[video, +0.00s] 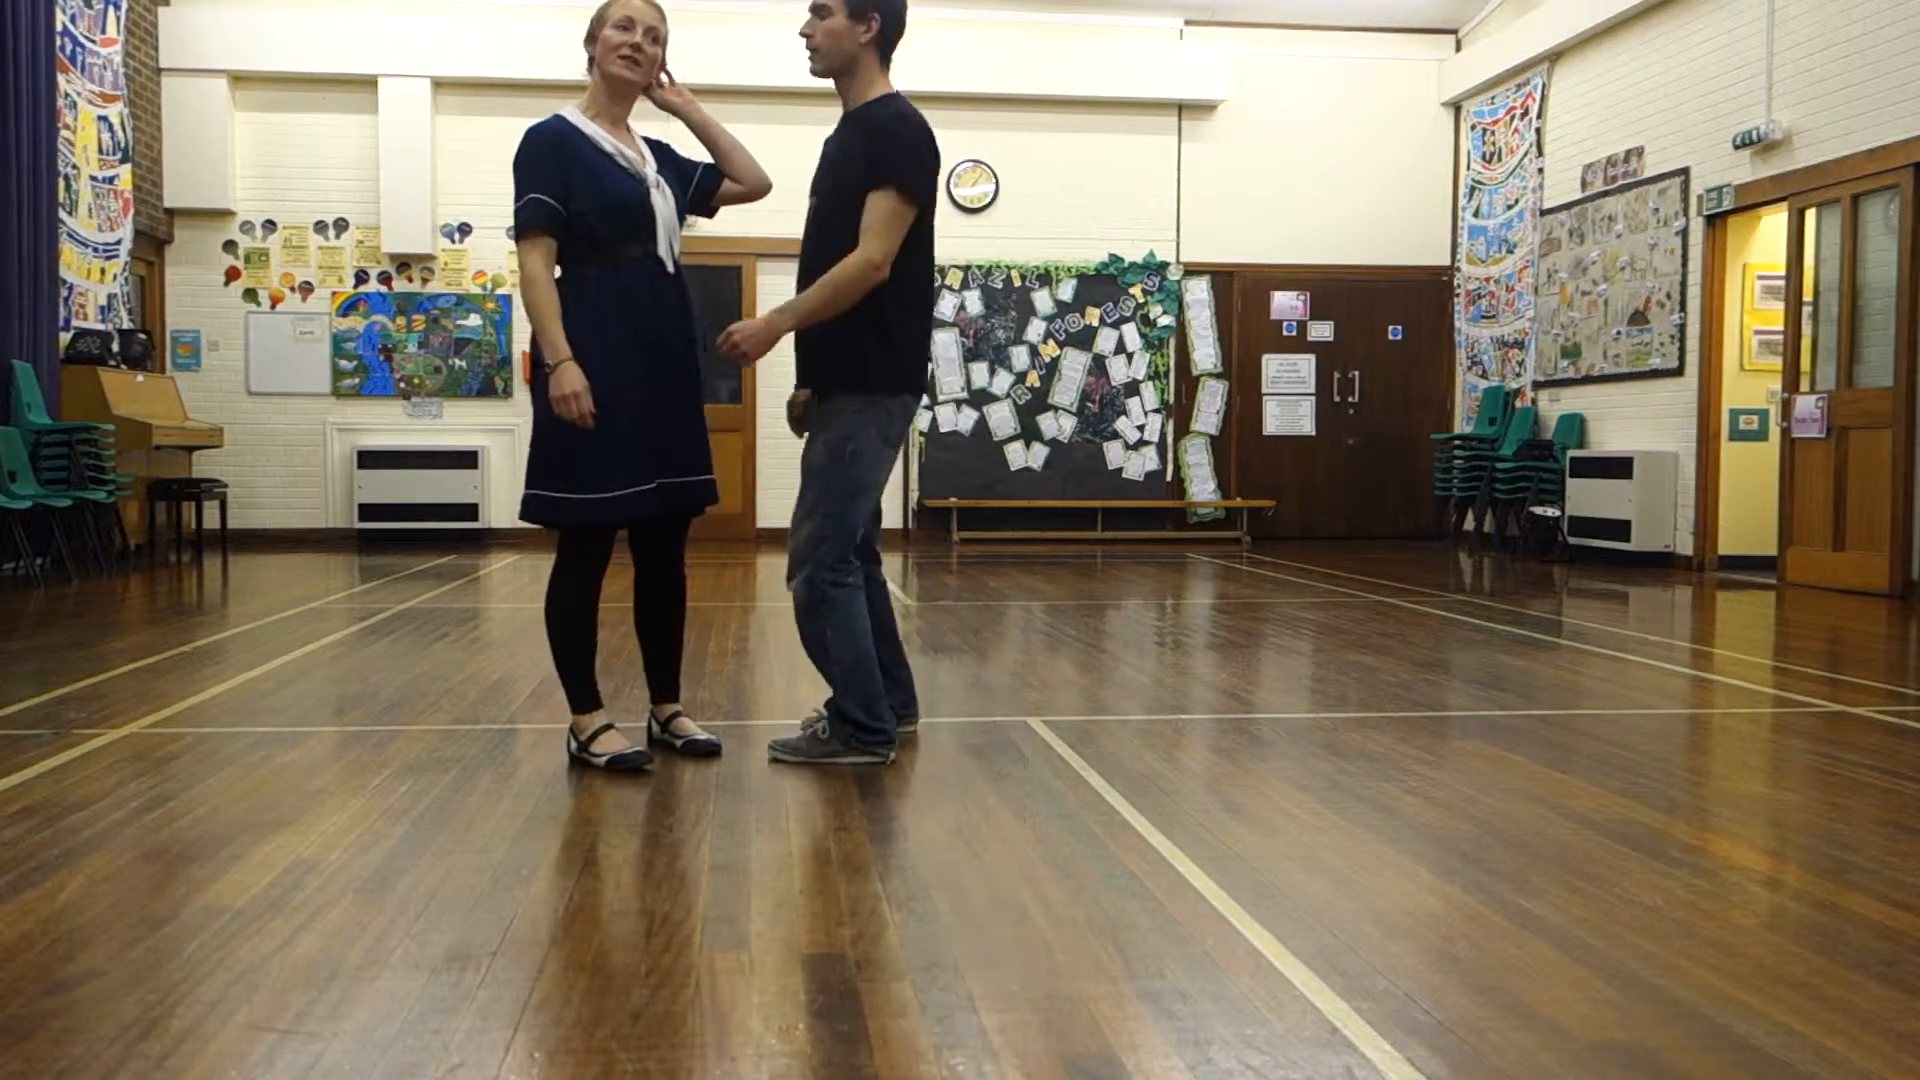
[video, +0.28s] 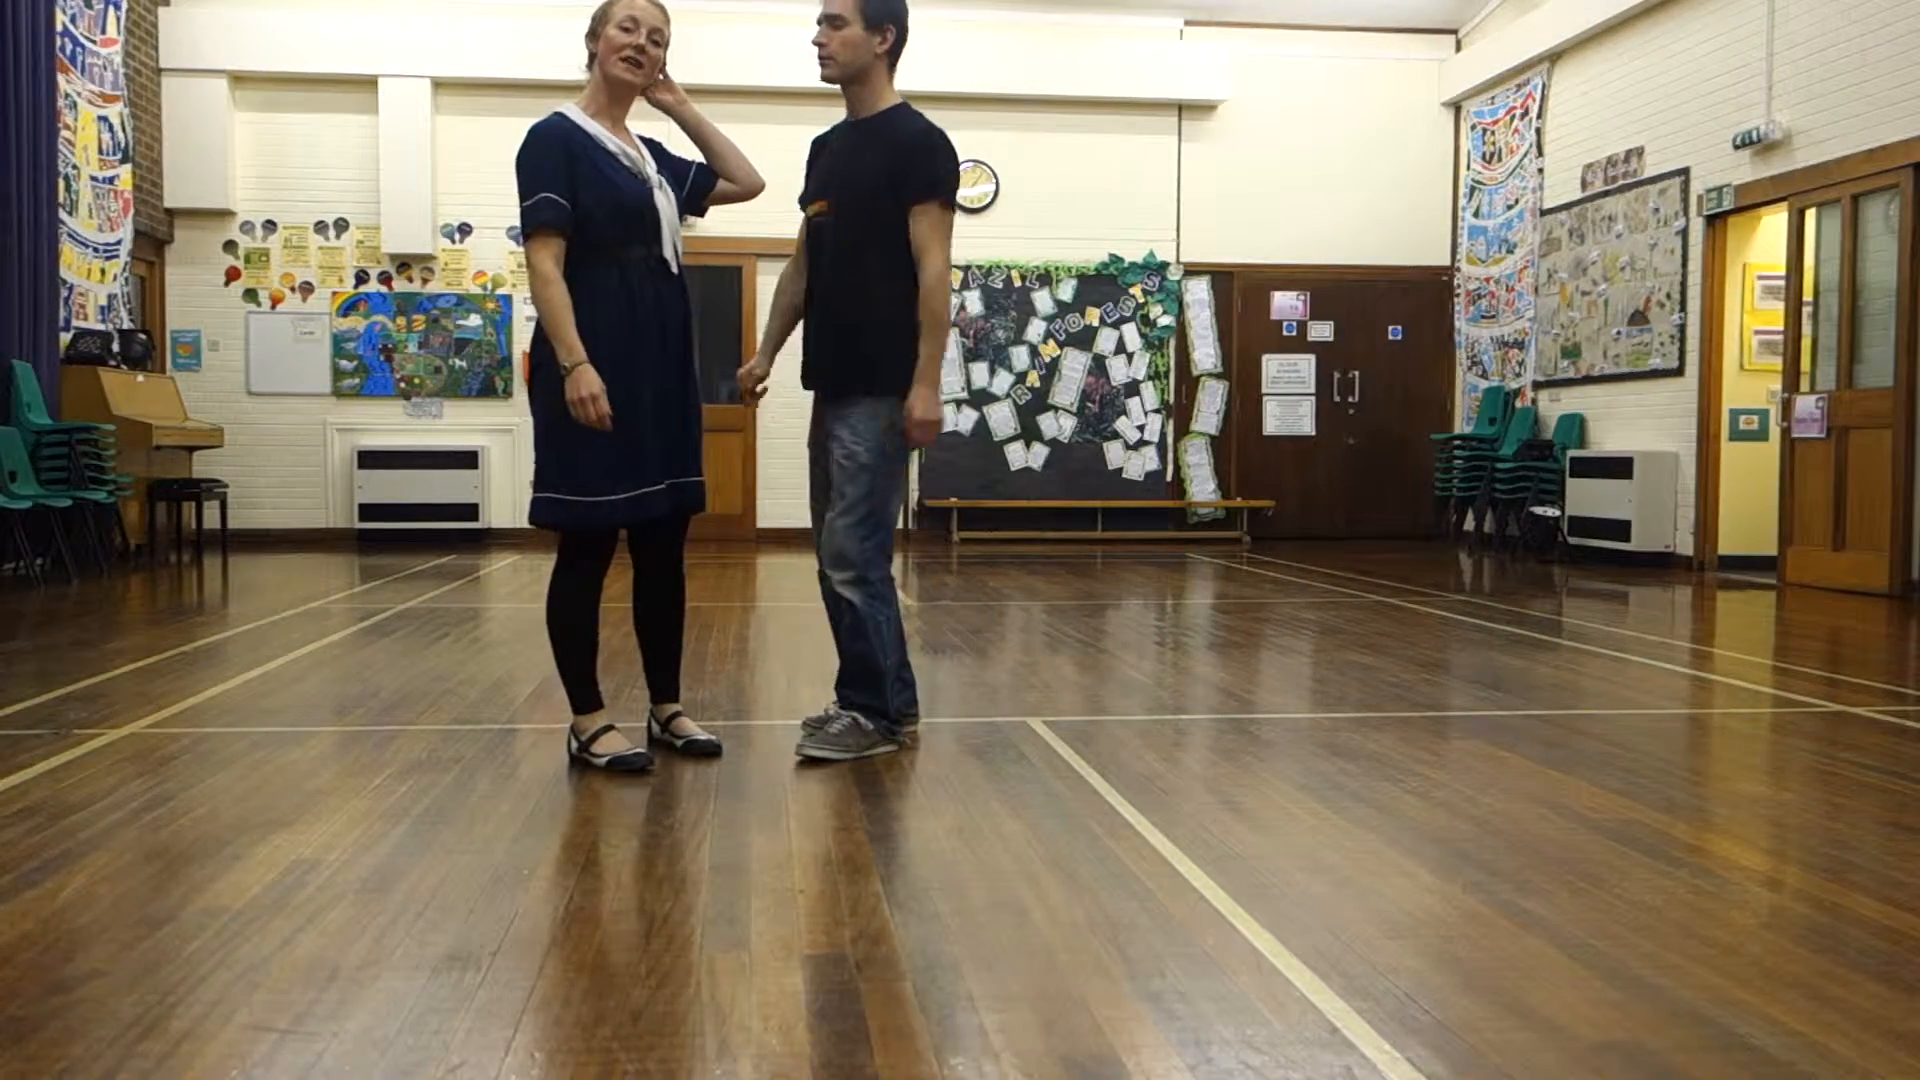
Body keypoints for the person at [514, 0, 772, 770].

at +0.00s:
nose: (638, 43)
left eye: (653, 37)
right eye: (625, 28)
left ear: (660, 63)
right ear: (590, 43)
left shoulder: (656, 154)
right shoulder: (552, 140)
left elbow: (750, 181)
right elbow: (533, 261)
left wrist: (683, 102)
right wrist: (561, 362)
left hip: (665, 379)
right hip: (590, 376)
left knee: (662, 546)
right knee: (584, 548)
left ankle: (667, 710)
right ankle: (588, 724)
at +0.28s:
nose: (641, 44)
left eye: (656, 38)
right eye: (628, 28)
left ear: (662, 62)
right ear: (592, 42)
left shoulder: (652, 154)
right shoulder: (553, 140)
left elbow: (744, 180)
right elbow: (543, 267)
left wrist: (675, 101)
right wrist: (576, 364)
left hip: (663, 382)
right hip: (589, 378)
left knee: (661, 545)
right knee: (585, 550)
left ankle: (667, 710)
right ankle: (589, 725)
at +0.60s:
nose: (646, 45)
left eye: (661, 40)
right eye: (634, 29)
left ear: (668, 65)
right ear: (598, 43)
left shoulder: (658, 152)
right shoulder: (556, 139)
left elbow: (753, 179)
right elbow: (537, 265)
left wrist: (687, 99)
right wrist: (555, 374)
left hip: (666, 384)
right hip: (591, 382)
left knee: (662, 548)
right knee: (586, 552)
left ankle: (667, 710)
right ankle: (589, 725)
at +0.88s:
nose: (657, 43)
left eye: (666, 35)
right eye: (644, 28)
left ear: (666, 53)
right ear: (598, 36)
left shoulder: (665, 153)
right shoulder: (555, 146)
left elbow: (748, 230)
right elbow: (537, 271)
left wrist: (758, 136)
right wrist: (548, 381)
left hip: (670, 384)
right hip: (593, 383)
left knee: (665, 546)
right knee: (589, 550)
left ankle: (667, 711)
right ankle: (590, 724)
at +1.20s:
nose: (662, 27)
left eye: (656, 15)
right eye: (644, 17)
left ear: (628, 41)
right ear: (605, 38)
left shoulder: (659, 148)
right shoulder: (569, 144)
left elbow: (659, 251)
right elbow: (560, 281)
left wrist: (709, 253)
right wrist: (576, 389)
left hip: (665, 386)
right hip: (598, 385)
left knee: (660, 547)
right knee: (587, 554)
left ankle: (668, 712)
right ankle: (589, 725)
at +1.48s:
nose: (659, 32)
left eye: (653, 21)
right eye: (643, 23)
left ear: (618, 45)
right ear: (604, 43)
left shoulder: (632, 138)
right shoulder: (581, 138)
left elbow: (655, 227)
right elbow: (588, 275)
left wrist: (707, 241)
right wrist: (627, 380)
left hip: (652, 373)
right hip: (595, 377)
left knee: (653, 543)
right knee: (588, 548)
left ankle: (667, 710)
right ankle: (590, 725)